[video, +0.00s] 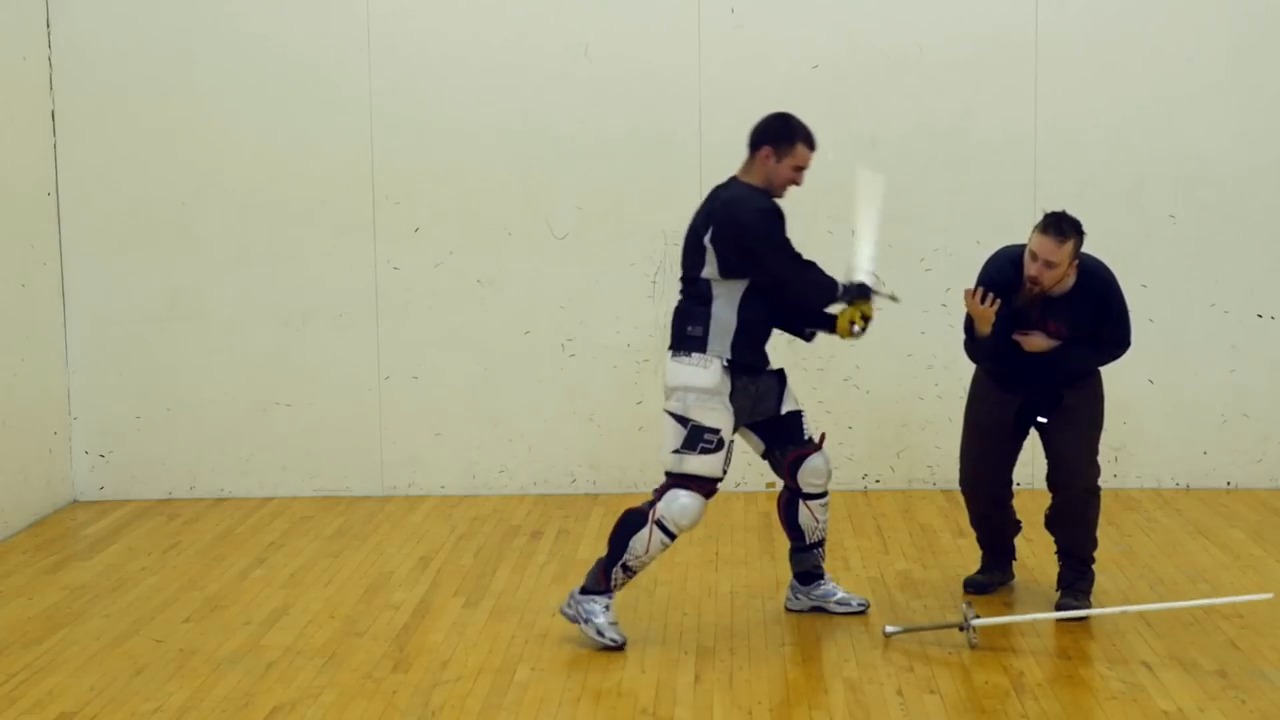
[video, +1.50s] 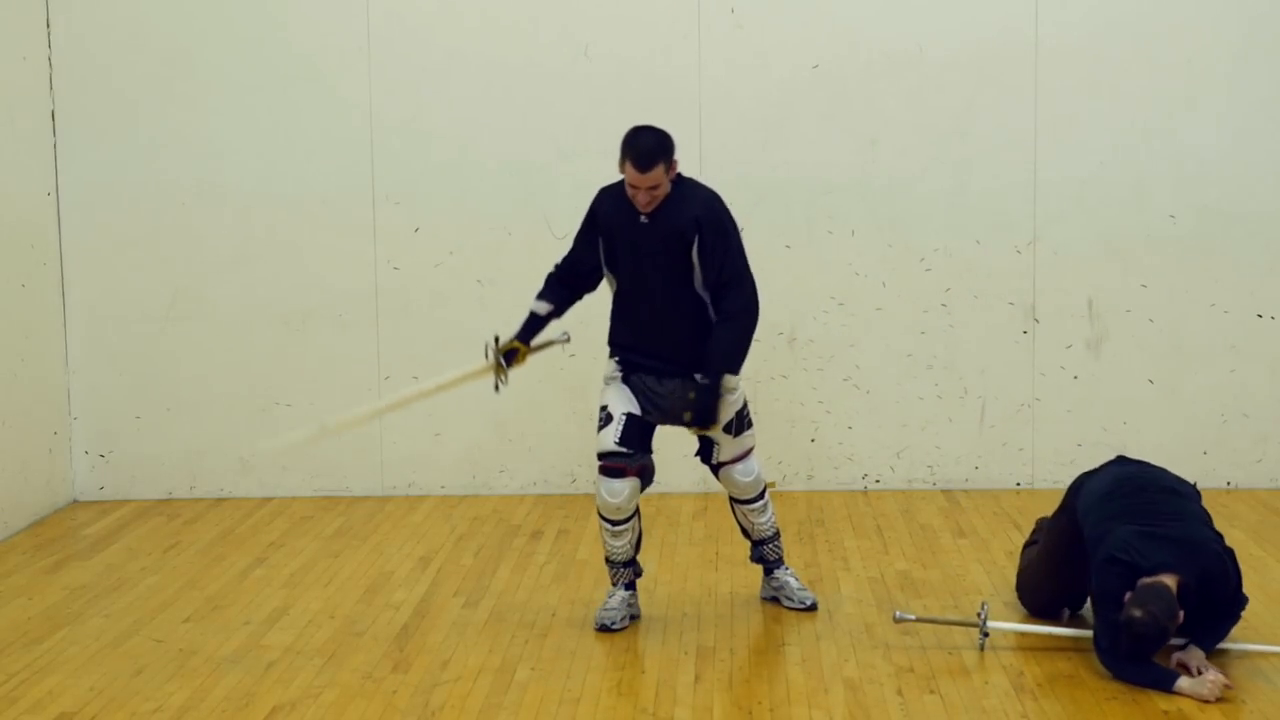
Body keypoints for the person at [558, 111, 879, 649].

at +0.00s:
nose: (799, 180)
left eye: (803, 171)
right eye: (797, 168)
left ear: (769, 158)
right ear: (766, 154)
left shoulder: (755, 209)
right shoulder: (737, 207)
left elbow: (769, 299)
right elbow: (787, 271)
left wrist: (829, 323)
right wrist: (843, 295)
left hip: (749, 368)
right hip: (703, 367)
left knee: (809, 468)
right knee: (685, 500)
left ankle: (808, 584)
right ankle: (591, 595)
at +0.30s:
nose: (850, 197)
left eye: (856, 190)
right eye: (848, 186)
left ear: (836, 172)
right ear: (821, 162)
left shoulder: (829, 218)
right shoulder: (760, 199)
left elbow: (817, 297)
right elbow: (791, 287)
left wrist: (827, 350)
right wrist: (859, 333)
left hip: (769, 364)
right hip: (701, 358)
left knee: (816, 467)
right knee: (662, 477)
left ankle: (809, 585)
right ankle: (614, 584)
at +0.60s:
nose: (777, 214)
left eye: (786, 208)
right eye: (776, 201)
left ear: (791, 202)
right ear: (757, 171)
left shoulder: (773, 242)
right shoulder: (689, 186)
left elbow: (733, 319)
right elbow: (634, 263)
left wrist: (667, 339)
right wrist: (649, 313)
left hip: (717, 348)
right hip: (650, 335)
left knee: (757, 470)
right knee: (624, 467)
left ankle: (794, 576)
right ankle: (606, 587)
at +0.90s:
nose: (674, 193)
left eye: (686, 187)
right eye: (669, 182)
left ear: (712, 174)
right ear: (661, 162)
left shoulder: (728, 225)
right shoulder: (644, 172)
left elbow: (694, 305)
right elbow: (600, 137)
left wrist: (618, 305)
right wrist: (536, 121)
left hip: (709, 357)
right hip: (640, 351)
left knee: (743, 469)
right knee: (622, 469)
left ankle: (775, 571)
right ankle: (606, 585)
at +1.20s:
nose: (667, 188)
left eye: (678, 178)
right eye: (659, 177)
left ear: (701, 162)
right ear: (648, 162)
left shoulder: (726, 210)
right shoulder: (639, 188)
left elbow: (718, 300)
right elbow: (588, 202)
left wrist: (638, 346)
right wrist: (522, 211)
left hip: (712, 352)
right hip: (645, 350)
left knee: (745, 469)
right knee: (625, 470)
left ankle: (775, 572)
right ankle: (608, 586)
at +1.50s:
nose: (642, 197)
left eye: (653, 187)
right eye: (633, 186)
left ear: (673, 170)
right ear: (620, 172)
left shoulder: (704, 210)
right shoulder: (609, 207)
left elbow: (740, 300)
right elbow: (575, 272)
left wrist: (715, 380)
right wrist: (525, 334)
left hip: (706, 368)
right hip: (633, 366)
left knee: (743, 474)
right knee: (614, 476)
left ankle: (775, 572)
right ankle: (623, 589)